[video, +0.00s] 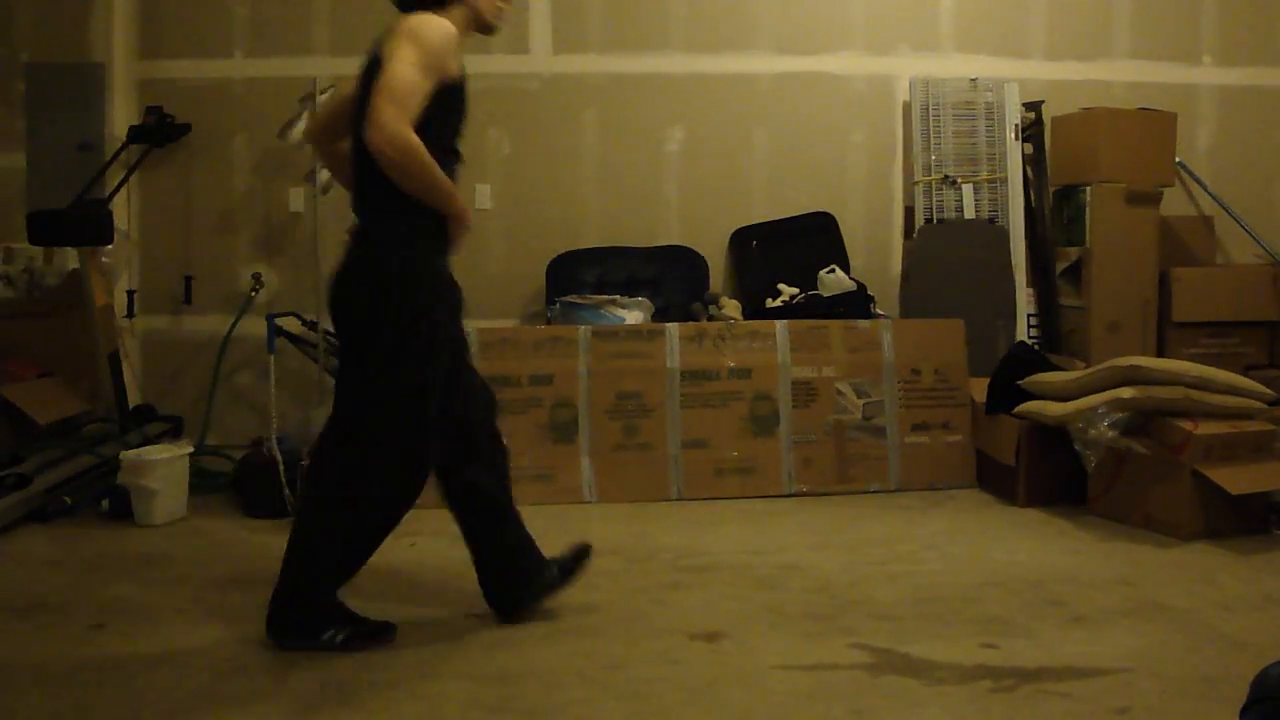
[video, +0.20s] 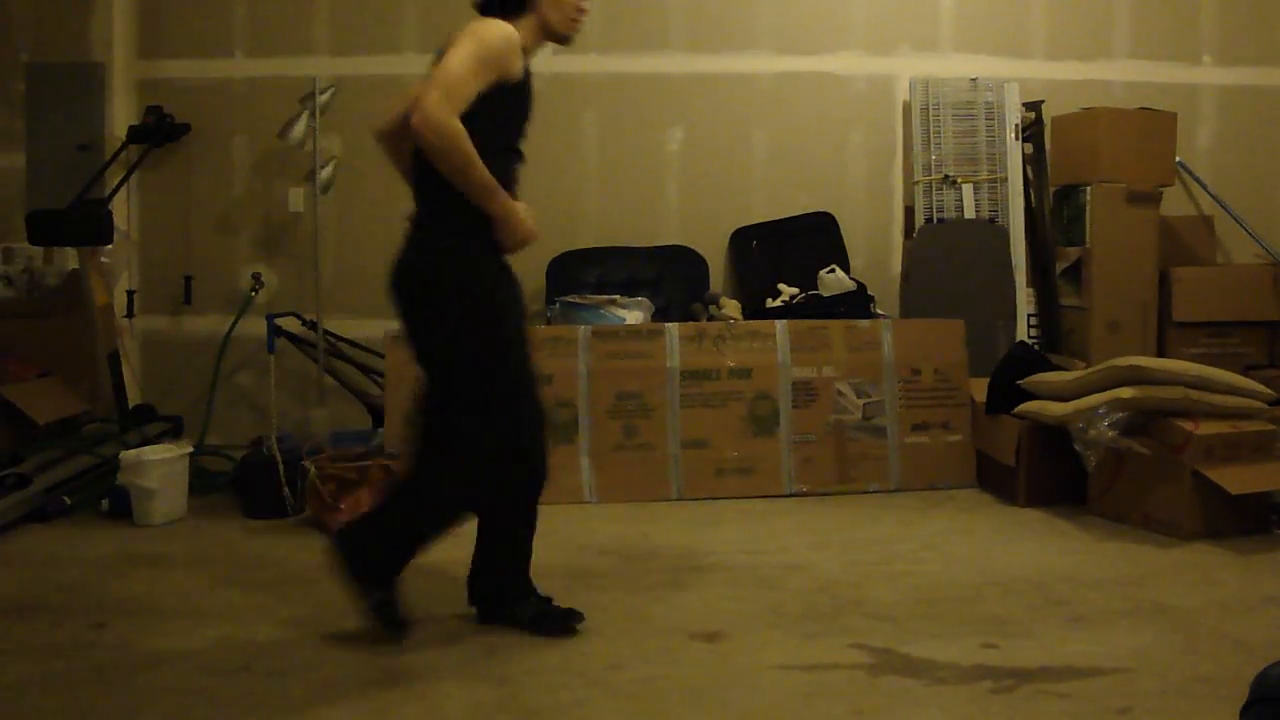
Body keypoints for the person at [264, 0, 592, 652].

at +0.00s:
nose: (506, 5)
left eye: (505, 1)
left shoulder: (410, 37)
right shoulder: (432, 31)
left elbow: (324, 131)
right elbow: (387, 130)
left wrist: (382, 199)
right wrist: (455, 207)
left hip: (402, 274)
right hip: (394, 277)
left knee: (464, 424)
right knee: (378, 445)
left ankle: (516, 577)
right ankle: (300, 610)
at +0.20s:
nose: (581, 10)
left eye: (581, 2)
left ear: (538, 5)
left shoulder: (491, 47)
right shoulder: (495, 38)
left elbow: (395, 128)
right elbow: (433, 115)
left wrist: (450, 201)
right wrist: (502, 206)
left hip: (451, 267)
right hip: (458, 270)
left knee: (488, 437)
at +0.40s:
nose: (635, 8)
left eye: (636, 1)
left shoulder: (568, 44)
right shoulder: (544, 29)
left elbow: (527, 140)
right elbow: (465, 113)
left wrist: (554, 225)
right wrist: (502, 230)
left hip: (527, 259)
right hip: (517, 261)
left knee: (541, 425)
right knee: (629, 406)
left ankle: (505, 588)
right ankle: (555, 545)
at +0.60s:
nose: (683, 3)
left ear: (653, 5)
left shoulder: (644, 67)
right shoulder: (588, 51)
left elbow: (614, 180)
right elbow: (494, 126)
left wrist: (640, 258)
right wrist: (471, 233)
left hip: (604, 281)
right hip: (570, 280)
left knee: (564, 443)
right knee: (628, 443)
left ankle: (502, 596)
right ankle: (690, 602)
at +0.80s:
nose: (718, 7)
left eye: (722, 0)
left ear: (719, 8)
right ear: (671, 2)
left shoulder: (727, 60)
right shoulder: (619, 68)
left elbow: (731, 149)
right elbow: (560, 165)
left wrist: (763, 217)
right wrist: (531, 272)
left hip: (691, 273)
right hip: (632, 276)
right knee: (677, 435)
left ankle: (606, 518)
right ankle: (686, 605)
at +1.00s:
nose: (731, 9)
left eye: (738, 4)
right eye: (719, 4)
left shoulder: (788, 30)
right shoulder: (650, 40)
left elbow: (857, 96)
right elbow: (616, 139)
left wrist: (899, 113)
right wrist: (610, 244)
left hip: (771, 258)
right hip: (687, 263)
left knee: (842, 415)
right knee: (695, 435)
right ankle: (701, 601)